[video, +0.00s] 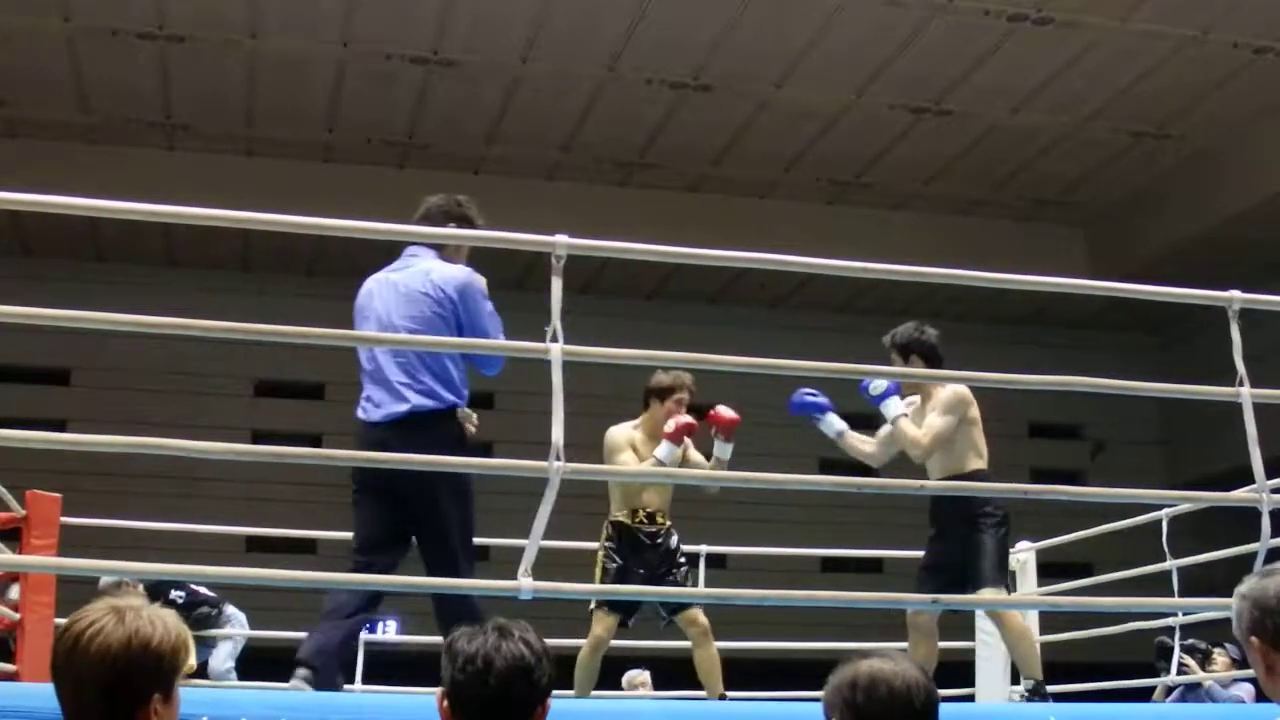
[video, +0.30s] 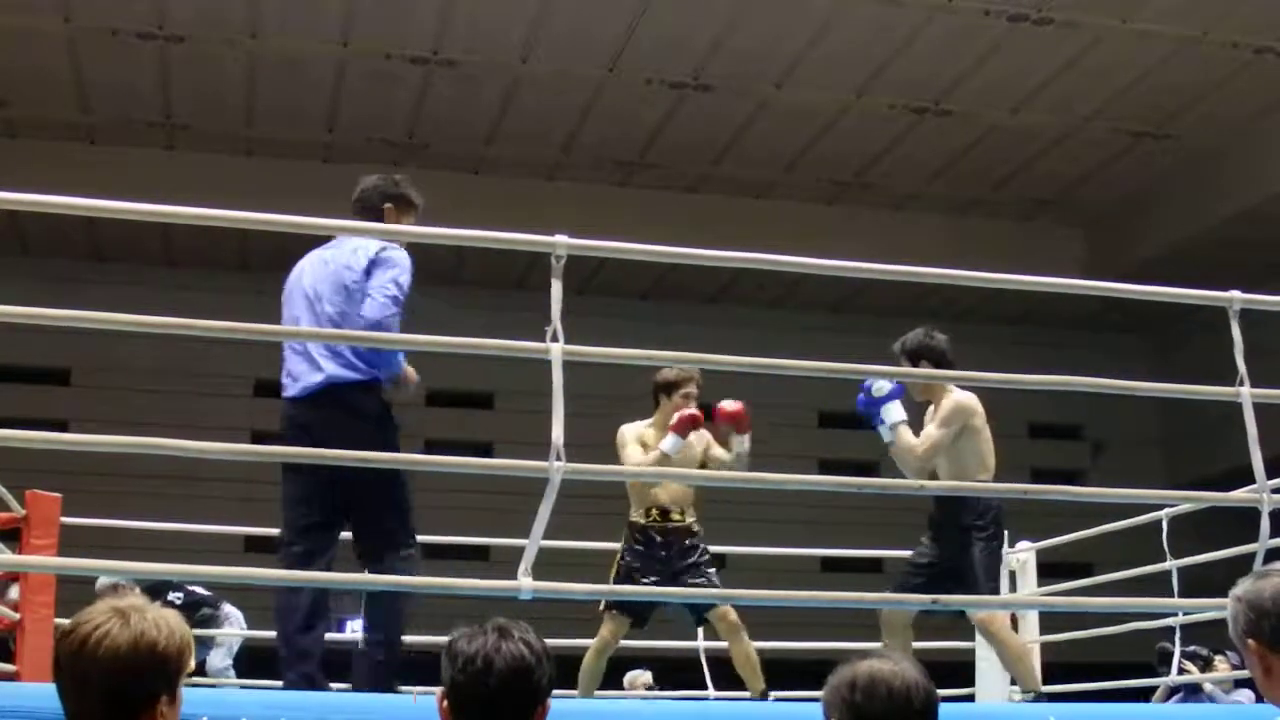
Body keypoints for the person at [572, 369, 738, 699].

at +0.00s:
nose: (681, 412)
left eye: (686, 405)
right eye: (676, 403)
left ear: (688, 409)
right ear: (654, 401)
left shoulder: (678, 442)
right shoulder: (619, 436)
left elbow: (711, 483)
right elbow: (633, 480)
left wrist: (723, 441)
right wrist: (669, 445)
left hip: (663, 541)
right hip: (623, 540)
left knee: (699, 627)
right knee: (600, 636)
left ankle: (719, 705)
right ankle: (578, 708)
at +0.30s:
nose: (691, 404)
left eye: (695, 398)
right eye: (685, 397)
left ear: (698, 400)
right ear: (664, 397)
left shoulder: (700, 436)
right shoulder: (632, 432)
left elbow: (736, 468)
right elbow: (640, 473)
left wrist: (740, 435)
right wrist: (674, 438)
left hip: (688, 543)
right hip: (643, 542)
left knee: (730, 622)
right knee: (608, 636)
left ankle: (763, 699)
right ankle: (580, 707)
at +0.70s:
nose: (732, 425)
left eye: (738, 419)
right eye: (728, 416)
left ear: (742, 422)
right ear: (709, 414)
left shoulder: (741, 446)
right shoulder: (673, 444)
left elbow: (788, 450)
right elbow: (686, 483)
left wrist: (773, 406)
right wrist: (720, 446)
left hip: (730, 557)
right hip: (684, 557)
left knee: (775, 626)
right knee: (644, 645)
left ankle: (793, 707)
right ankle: (638, 711)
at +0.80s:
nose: (740, 419)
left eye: (745, 414)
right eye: (735, 411)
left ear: (748, 416)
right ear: (714, 409)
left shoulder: (748, 444)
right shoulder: (680, 446)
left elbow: (786, 466)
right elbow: (688, 491)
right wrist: (719, 455)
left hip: (740, 552)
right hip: (695, 553)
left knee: (785, 624)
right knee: (660, 646)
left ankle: (795, 705)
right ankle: (646, 708)